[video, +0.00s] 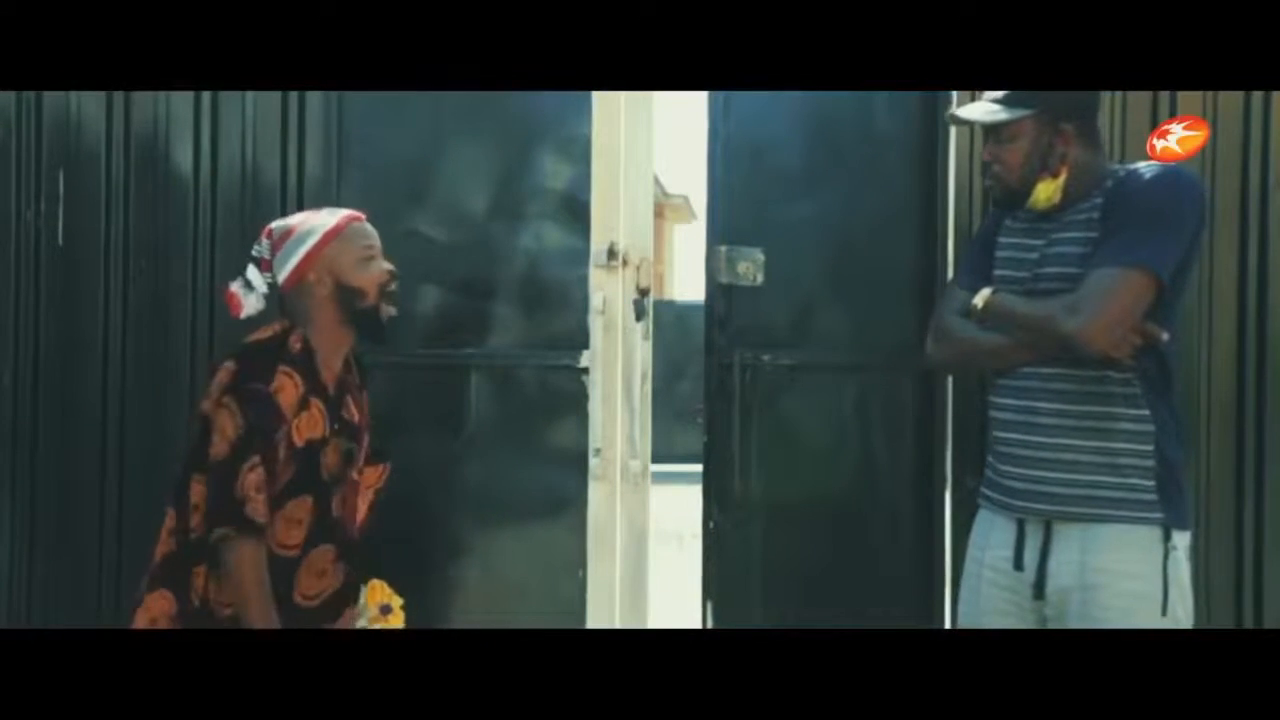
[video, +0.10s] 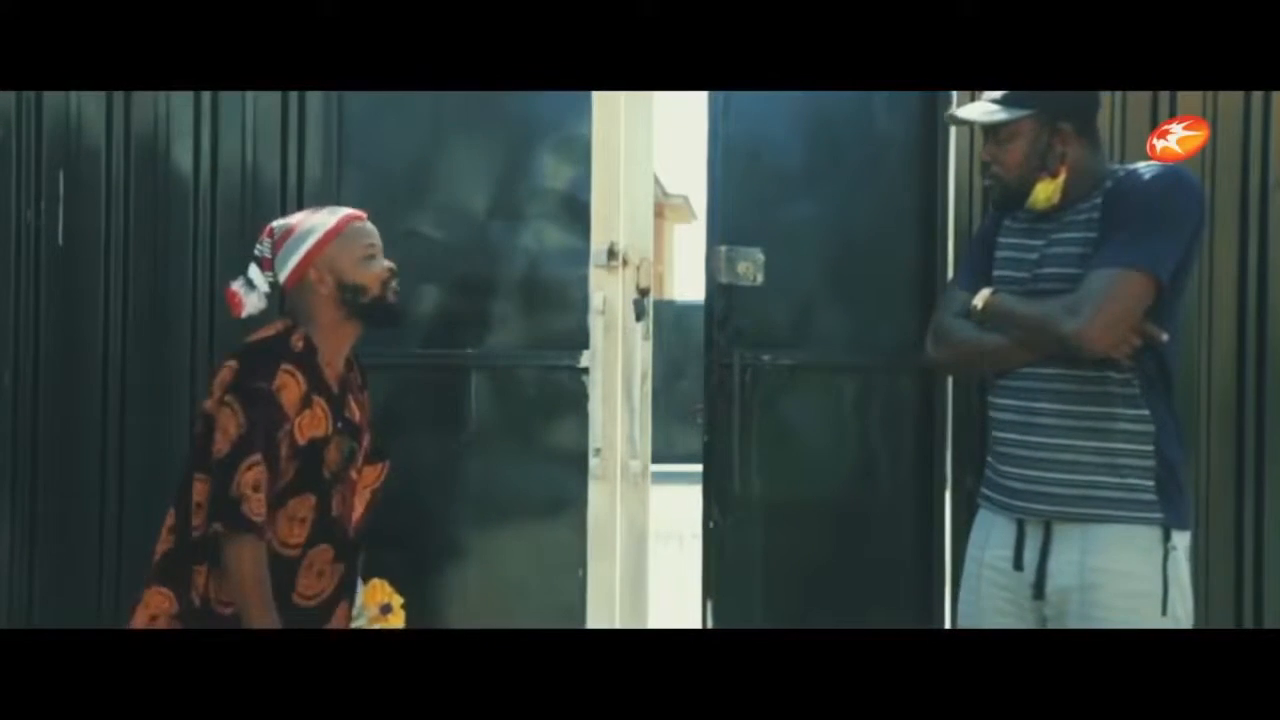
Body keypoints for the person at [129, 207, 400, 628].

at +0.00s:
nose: (391, 272)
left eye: (384, 259)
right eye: (369, 259)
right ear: (315, 275)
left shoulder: (349, 378)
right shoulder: (259, 376)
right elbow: (239, 539)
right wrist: (264, 620)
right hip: (230, 611)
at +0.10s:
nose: (392, 269)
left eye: (384, 257)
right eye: (371, 258)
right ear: (318, 276)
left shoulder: (349, 376)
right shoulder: (261, 376)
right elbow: (241, 538)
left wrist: (337, 614)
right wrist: (265, 620)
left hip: (310, 609)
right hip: (222, 613)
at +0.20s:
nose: (391, 267)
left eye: (384, 255)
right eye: (370, 256)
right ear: (317, 274)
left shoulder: (351, 377)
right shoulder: (264, 373)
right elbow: (243, 535)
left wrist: (345, 612)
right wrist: (266, 620)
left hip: (311, 609)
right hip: (220, 613)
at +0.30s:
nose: (391, 265)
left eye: (383, 252)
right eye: (370, 255)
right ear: (318, 276)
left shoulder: (350, 374)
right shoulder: (271, 374)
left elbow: (337, 523)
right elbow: (244, 536)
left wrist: (361, 607)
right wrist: (271, 619)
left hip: (311, 606)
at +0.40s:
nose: (392, 264)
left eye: (384, 251)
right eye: (371, 255)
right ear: (322, 277)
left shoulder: (351, 369)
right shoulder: (274, 372)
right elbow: (246, 534)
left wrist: (348, 610)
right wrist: (271, 619)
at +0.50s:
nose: (395, 266)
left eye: (388, 254)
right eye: (375, 258)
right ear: (326, 278)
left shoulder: (354, 372)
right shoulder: (275, 375)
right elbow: (246, 537)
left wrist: (371, 606)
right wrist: (272, 619)